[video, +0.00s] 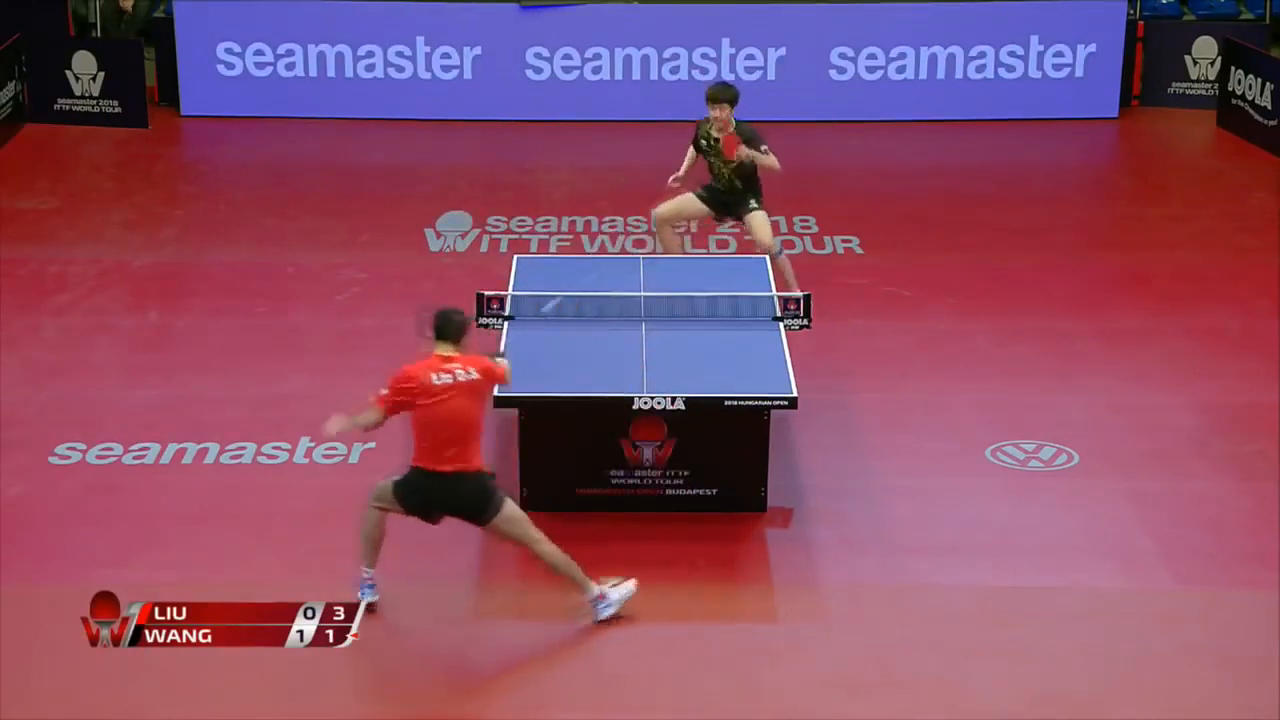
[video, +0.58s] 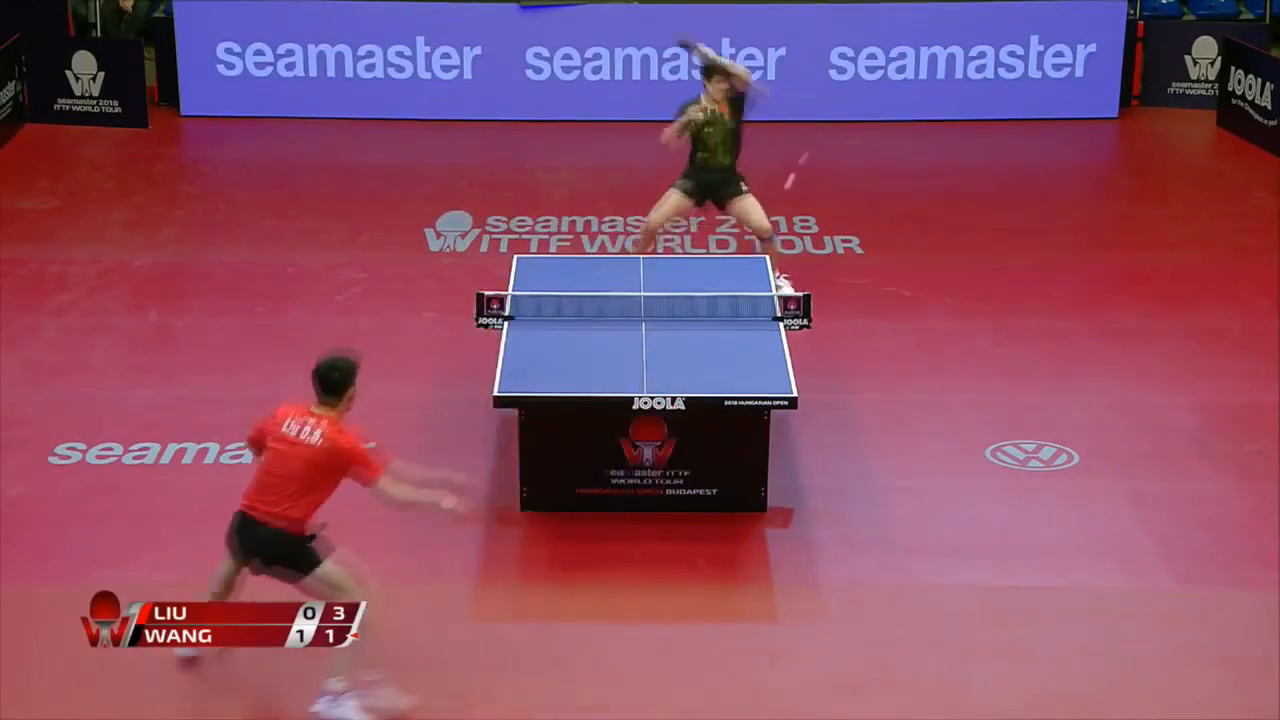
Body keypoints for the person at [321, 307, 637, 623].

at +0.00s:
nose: (469, 335)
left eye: (459, 332)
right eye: (468, 332)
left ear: (433, 334)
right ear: (463, 335)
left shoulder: (413, 375)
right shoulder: (480, 369)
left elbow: (373, 418)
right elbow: (505, 372)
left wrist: (345, 424)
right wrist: (497, 360)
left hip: (425, 484)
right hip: (471, 485)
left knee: (378, 499)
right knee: (534, 538)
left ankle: (366, 583)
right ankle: (597, 594)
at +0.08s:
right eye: (428, 327)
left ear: (397, 333)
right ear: (428, 330)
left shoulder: (384, 379)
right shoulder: (453, 362)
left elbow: (359, 438)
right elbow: (497, 374)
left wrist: (329, 478)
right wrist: (504, 369)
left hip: (406, 484)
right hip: (454, 481)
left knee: (358, 502)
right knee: (516, 530)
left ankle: (337, 578)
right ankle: (551, 607)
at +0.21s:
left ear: (352, 355)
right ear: (386, 351)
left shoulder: (343, 408)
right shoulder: (415, 383)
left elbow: (326, 466)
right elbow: (463, 411)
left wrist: (307, 487)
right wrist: (483, 395)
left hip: (375, 505)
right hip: (424, 500)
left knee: (325, 551)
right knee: (488, 541)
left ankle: (283, 612)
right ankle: (497, 621)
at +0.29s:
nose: (373, 367)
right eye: (373, 362)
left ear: (338, 368)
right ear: (371, 367)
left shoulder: (319, 420)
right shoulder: (391, 410)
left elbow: (308, 471)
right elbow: (443, 439)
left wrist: (305, 453)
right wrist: (476, 412)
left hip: (349, 525)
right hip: (397, 522)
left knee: (310, 544)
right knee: (467, 555)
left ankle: (280, 620)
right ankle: (493, 636)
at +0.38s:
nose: (371, 371)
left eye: (369, 365)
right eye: (370, 366)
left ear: (332, 369)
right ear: (365, 372)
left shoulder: (301, 410)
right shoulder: (372, 419)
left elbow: (278, 447)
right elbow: (429, 451)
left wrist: (316, 439)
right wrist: (457, 427)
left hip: (315, 530)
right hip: (362, 529)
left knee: (295, 535)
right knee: (441, 561)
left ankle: (272, 618)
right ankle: (487, 638)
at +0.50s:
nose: (363, 374)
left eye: (361, 369)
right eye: (362, 370)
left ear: (323, 371)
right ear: (358, 375)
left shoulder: (291, 403)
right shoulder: (355, 423)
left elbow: (259, 433)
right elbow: (408, 460)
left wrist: (299, 438)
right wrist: (451, 456)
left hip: (265, 519)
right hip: (308, 526)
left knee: (254, 545)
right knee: (388, 582)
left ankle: (242, 623)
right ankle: (412, 672)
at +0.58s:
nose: (355, 393)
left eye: (351, 385)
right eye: (354, 387)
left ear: (315, 386)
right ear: (349, 394)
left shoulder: (285, 415)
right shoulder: (343, 444)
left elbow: (255, 444)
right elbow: (391, 492)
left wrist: (292, 463)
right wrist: (441, 499)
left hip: (243, 527)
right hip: (282, 542)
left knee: (234, 565)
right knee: (352, 600)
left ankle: (195, 636)